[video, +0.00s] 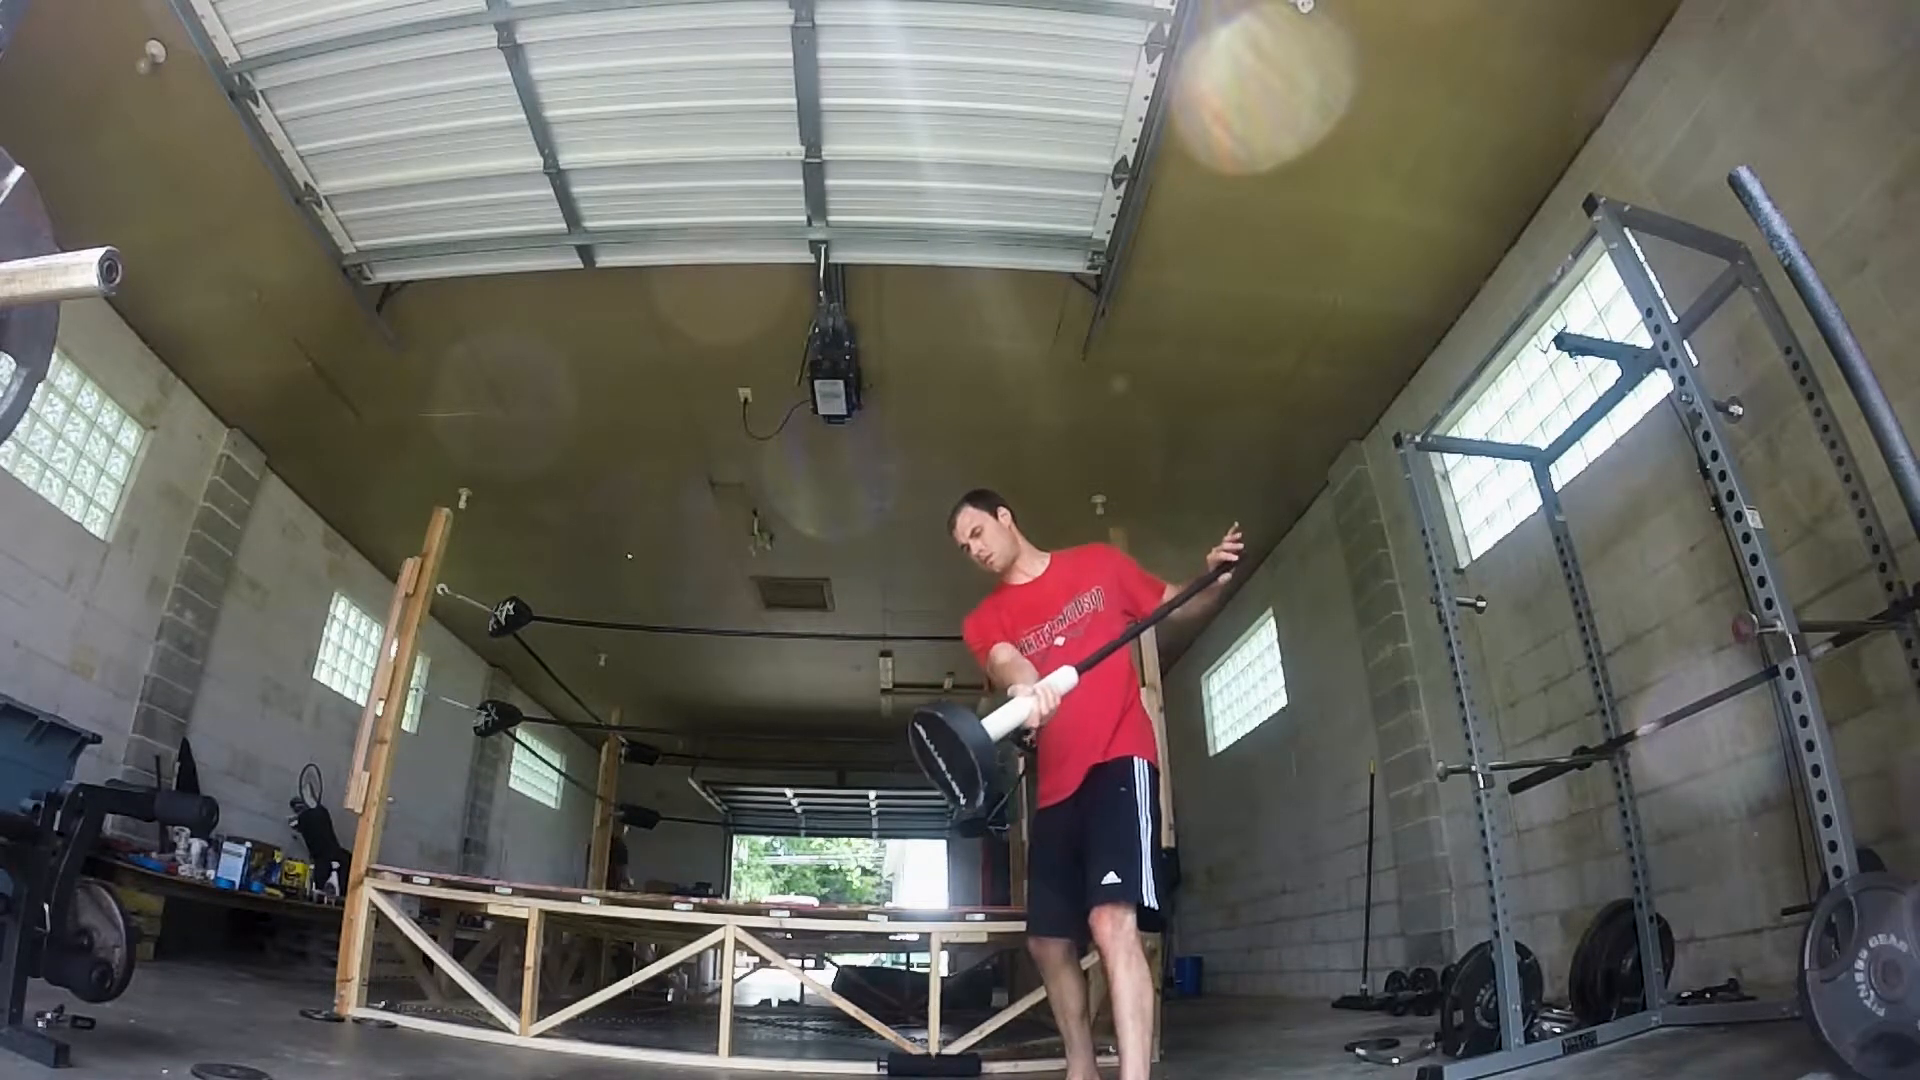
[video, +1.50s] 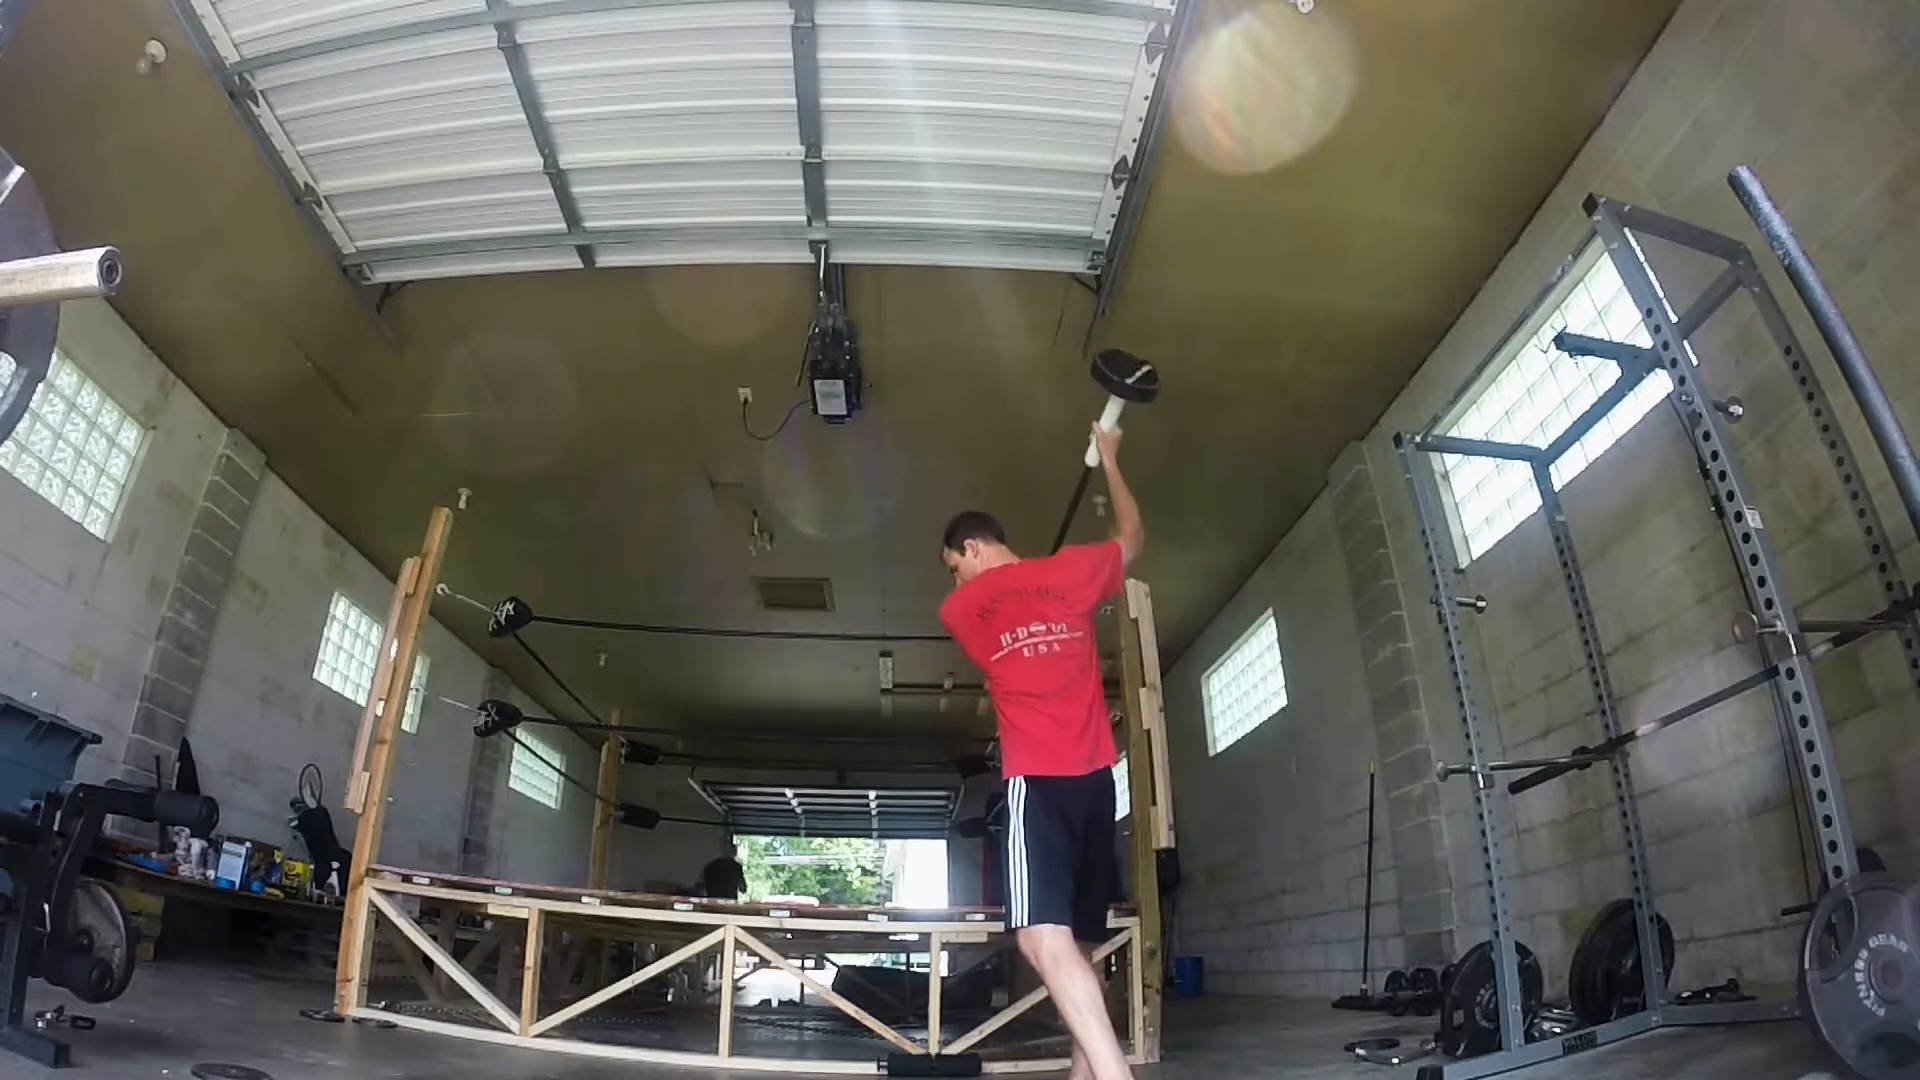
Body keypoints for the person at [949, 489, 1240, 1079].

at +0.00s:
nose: (975, 549)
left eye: (977, 532)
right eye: (965, 545)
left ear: (1007, 518)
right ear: (965, 556)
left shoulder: (1099, 562)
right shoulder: (983, 619)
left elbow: (1176, 612)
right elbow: (1005, 663)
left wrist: (1215, 578)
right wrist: (1029, 687)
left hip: (1121, 756)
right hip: (1057, 780)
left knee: (1111, 921)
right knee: (1048, 939)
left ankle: (1135, 1074)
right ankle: (1082, 1071)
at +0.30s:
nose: (970, 566)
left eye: (972, 550)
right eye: (961, 561)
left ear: (1003, 533)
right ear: (964, 568)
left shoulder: (1092, 569)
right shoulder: (992, 636)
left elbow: (1175, 596)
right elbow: (1008, 709)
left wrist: (1203, 599)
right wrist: (1000, 784)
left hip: (1118, 764)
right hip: (1058, 787)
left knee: (1109, 923)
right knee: (1048, 938)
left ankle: (1134, 1074)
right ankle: (1083, 1071)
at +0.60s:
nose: (967, 577)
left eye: (968, 562)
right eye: (961, 570)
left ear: (999, 541)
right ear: (984, 556)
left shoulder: (1051, 575)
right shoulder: (1031, 614)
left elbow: (1104, 635)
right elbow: (1054, 722)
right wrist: (1012, 797)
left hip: (1104, 774)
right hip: (1074, 782)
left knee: (1083, 930)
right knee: (1063, 933)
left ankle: (1125, 1074)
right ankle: (1086, 1071)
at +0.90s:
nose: (959, 583)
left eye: (957, 568)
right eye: (953, 573)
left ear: (982, 546)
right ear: (998, 544)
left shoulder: (990, 602)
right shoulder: (1075, 583)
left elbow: (944, 712)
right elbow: (1084, 675)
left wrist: (925, 763)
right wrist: (1037, 734)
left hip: (1068, 781)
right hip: (1117, 781)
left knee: (1045, 939)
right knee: (1087, 941)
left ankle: (1118, 1074)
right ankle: (1086, 1072)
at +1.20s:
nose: (955, 581)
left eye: (952, 566)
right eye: (950, 570)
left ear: (972, 545)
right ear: (1000, 540)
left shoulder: (963, 606)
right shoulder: (1078, 572)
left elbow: (957, 670)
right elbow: (1123, 585)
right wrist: (1110, 520)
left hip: (1040, 784)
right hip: (1102, 784)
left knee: (1043, 939)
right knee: (1083, 942)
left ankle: (1117, 1074)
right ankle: (1086, 1072)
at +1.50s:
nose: (958, 578)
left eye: (954, 566)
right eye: (954, 568)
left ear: (967, 550)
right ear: (1003, 540)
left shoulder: (963, 607)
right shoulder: (1074, 569)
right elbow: (1131, 536)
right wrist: (1110, 462)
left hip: (1035, 782)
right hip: (1096, 777)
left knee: (1041, 934)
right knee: (1083, 936)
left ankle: (1116, 1074)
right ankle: (1083, 1070)